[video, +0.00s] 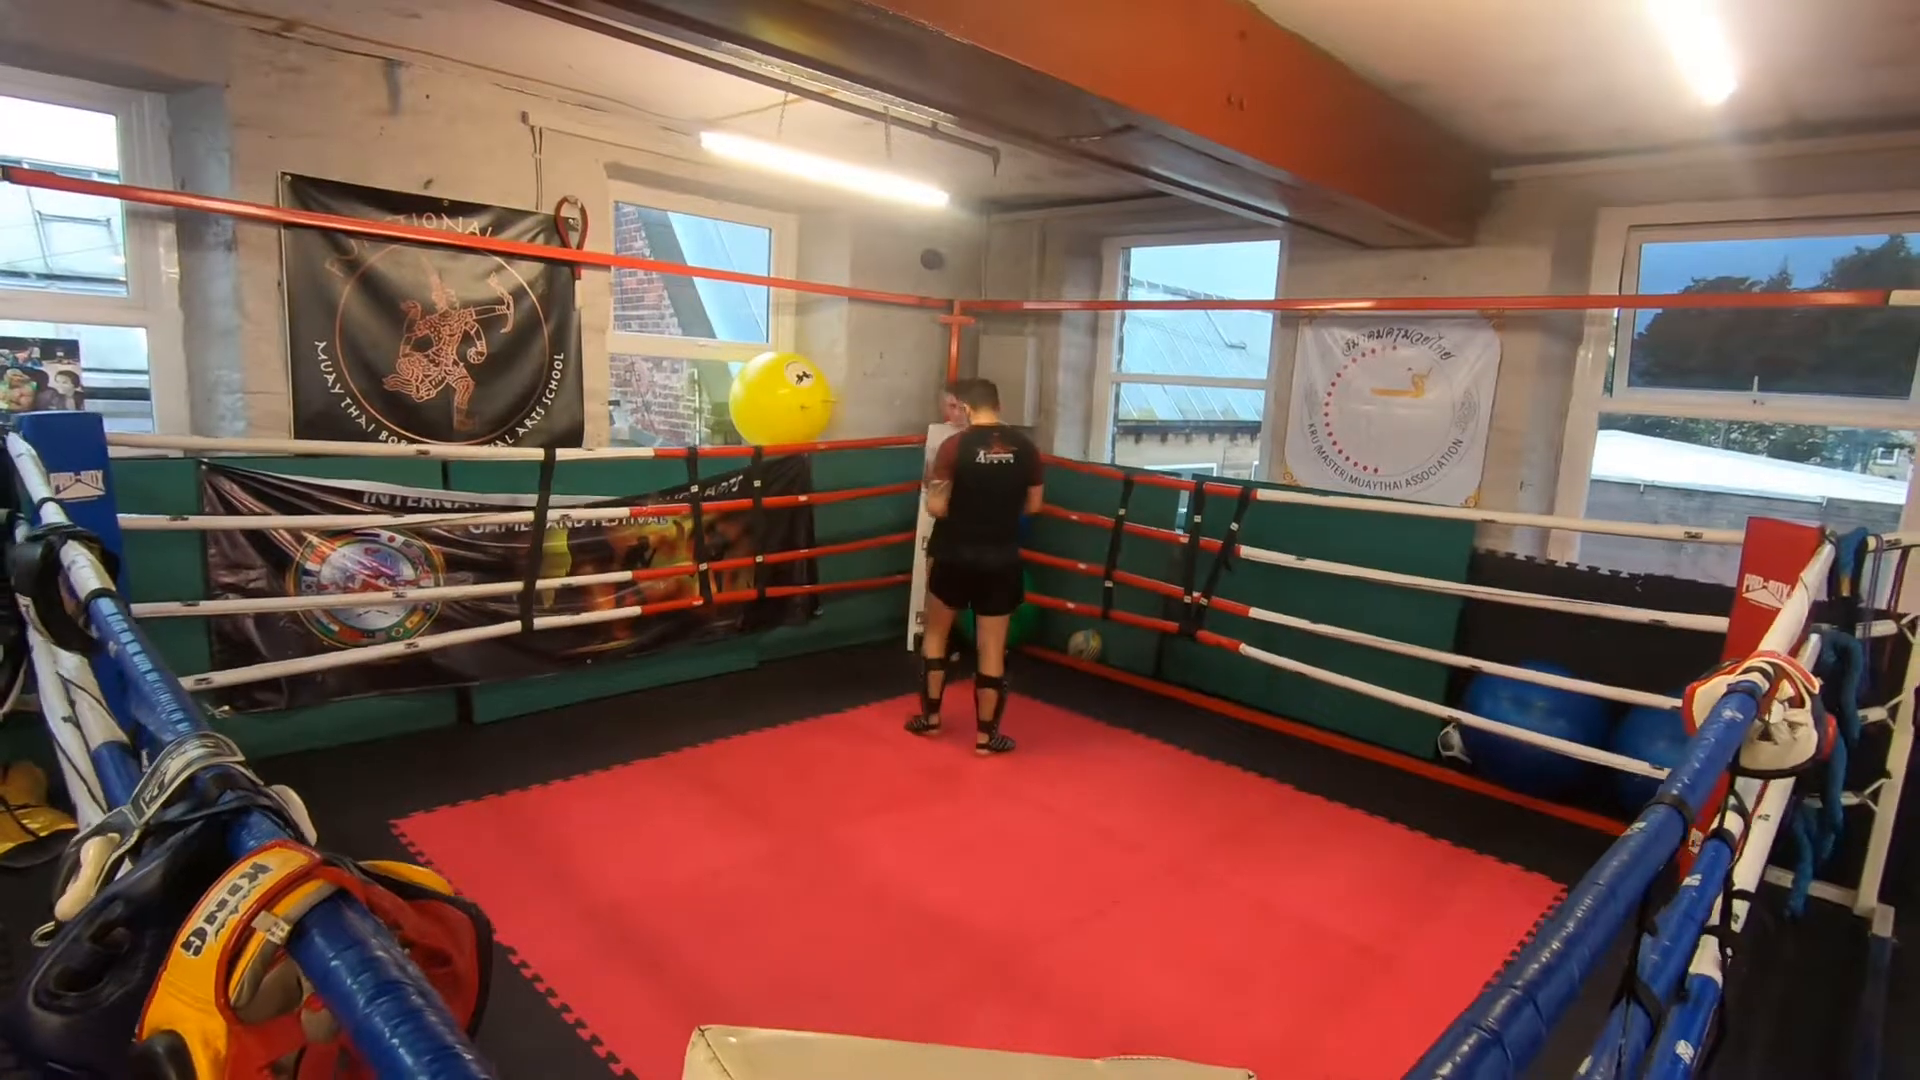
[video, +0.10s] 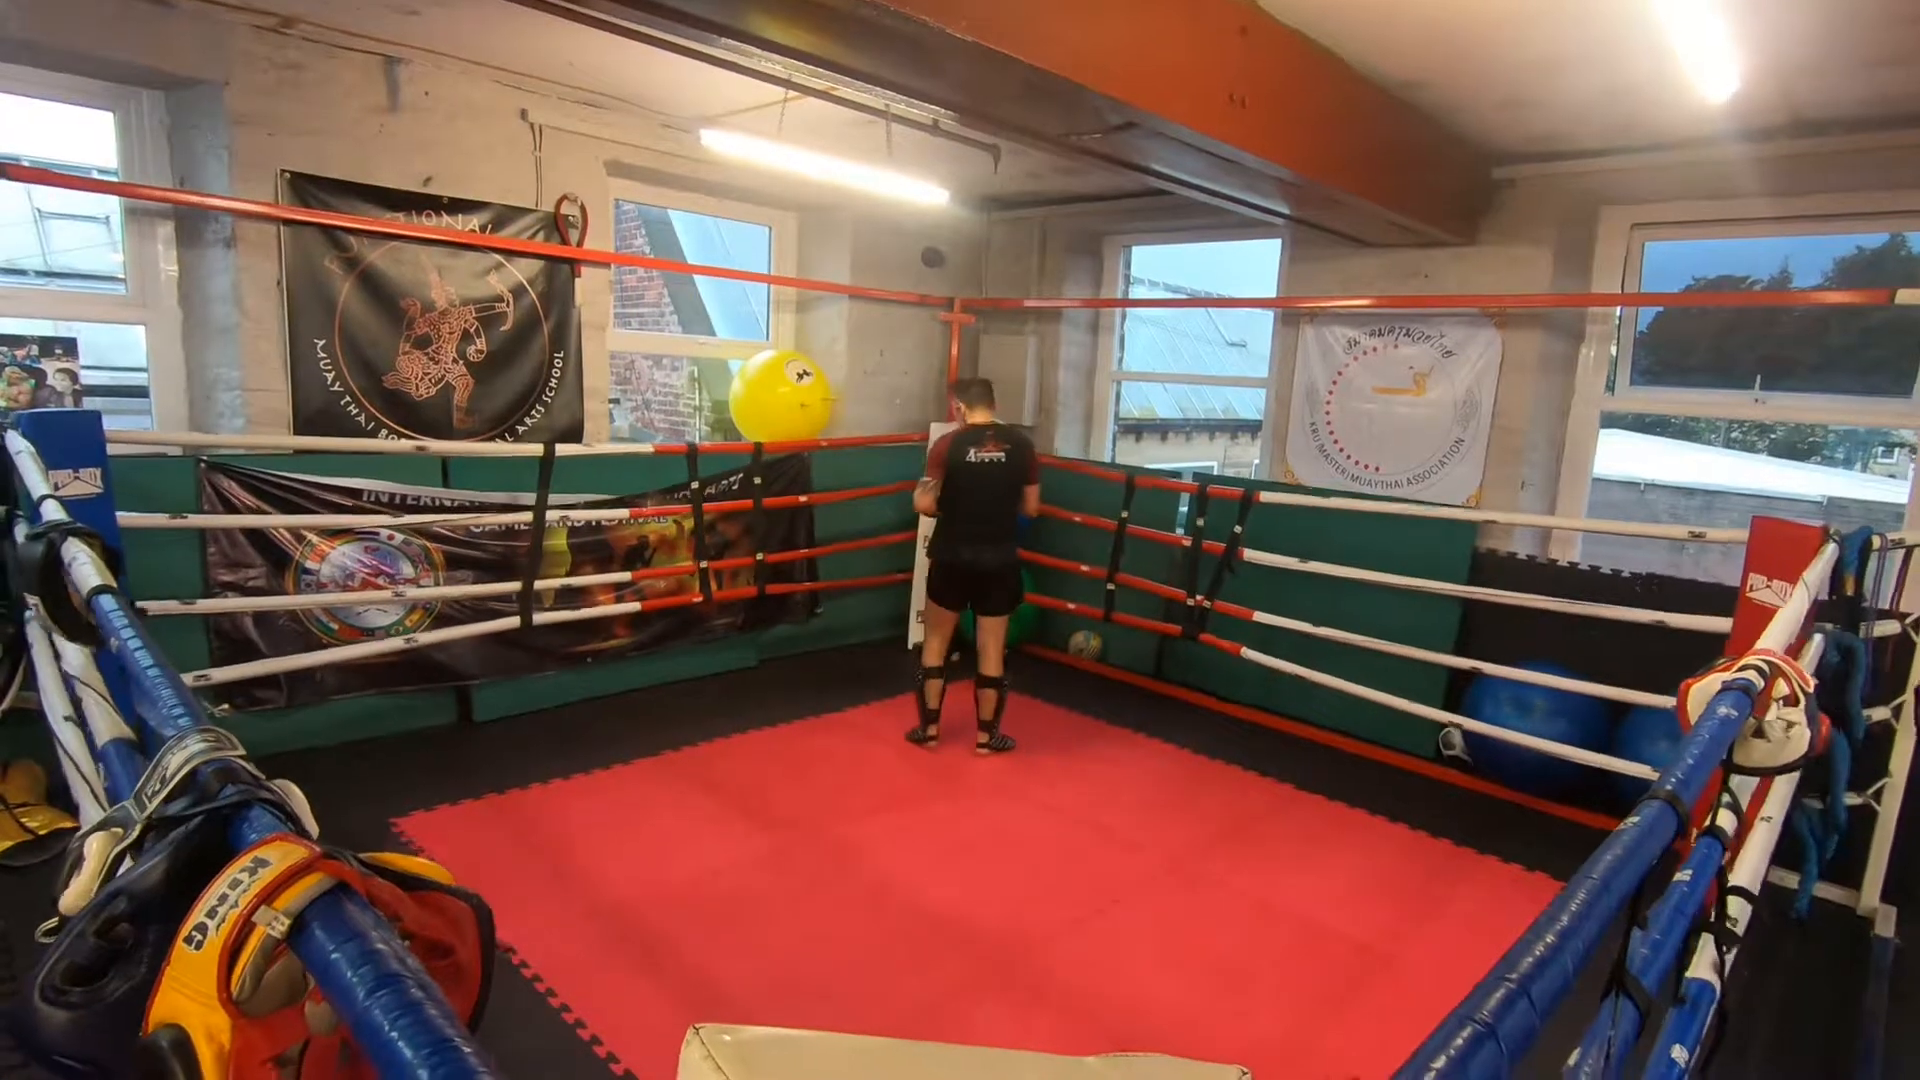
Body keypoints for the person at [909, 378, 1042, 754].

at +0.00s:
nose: (955, 415)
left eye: (956, 409)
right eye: (956, 408)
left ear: (965, 409)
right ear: (997, 407)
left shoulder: (954, 445)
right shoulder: (1025, 446)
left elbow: (937, 505)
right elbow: (1034, 503)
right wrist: (1000, 502)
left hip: (954, 562)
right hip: (1000, 565)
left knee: (937, 632)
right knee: (992, 647)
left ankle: (931, 716)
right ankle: (986, 735)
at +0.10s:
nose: (953, 413)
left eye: (953, 408)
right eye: (955, 407)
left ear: (959, 407)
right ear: (993, 405)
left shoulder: (946, 445)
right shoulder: (1021, 443)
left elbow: (924, 503)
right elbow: (1031, 506)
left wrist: (958, 504)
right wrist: (999, 495)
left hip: (951, 563)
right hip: (998, 565)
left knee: (936, 641)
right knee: (992, 648)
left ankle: (929, 728)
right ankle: (987, 735)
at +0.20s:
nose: (960, 412)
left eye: (954, 406)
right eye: (974, 404)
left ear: (952, 406)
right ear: (987, 404)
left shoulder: (936, 444)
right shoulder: (1013, 444)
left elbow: (912, 500)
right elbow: (1026, 504)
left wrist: (947, 496)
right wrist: (995, 494)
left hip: (947, 560)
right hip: (994, 561)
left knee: (939, 640)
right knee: (991, 645)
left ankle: (930, 728)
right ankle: (986, 733)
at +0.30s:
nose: (964, 413)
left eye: (952, 408)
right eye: (978, 405)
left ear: (947, 408)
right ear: (983, 405)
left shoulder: (929, 447)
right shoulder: (1006, 444)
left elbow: (903, 502)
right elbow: (1022, 505)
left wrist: (934, 492)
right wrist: (995, 487)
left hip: (942, 561)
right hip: (989, 561)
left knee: (937, 641)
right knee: (993, 644)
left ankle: (929, 729)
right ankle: (989, 731)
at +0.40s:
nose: (968, 413)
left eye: (953, 408)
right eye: (980, 405)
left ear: (948, 407)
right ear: (984, 406)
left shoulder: (927, 445)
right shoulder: (1006, 445)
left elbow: (905, 501)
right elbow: (1020, 506)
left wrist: (932, 484)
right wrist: (1000, 484)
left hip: (940, 561)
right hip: (986, 561)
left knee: (936, 642)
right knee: (997, 646)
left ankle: (929, 730)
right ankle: (995, 734)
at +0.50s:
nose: (980, 414)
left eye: (961, 408)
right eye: (987, 407)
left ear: (953, 408)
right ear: (990, 408)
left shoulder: (931, 444)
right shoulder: (1010, 445)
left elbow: (917, 494)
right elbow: (1023, 502)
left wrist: (946, 467)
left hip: (942, 562)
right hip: (990, 564)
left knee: (937, 646)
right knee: (1002, 655)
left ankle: (929, 730)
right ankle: (1002, 742)